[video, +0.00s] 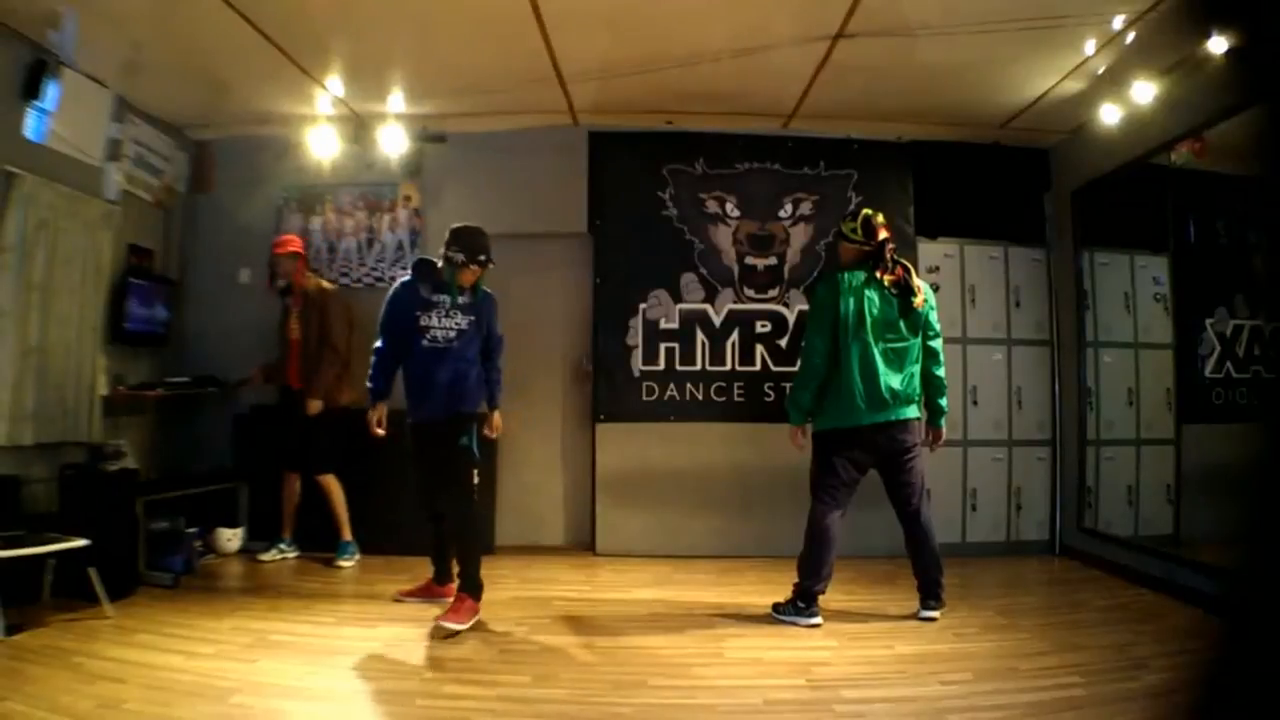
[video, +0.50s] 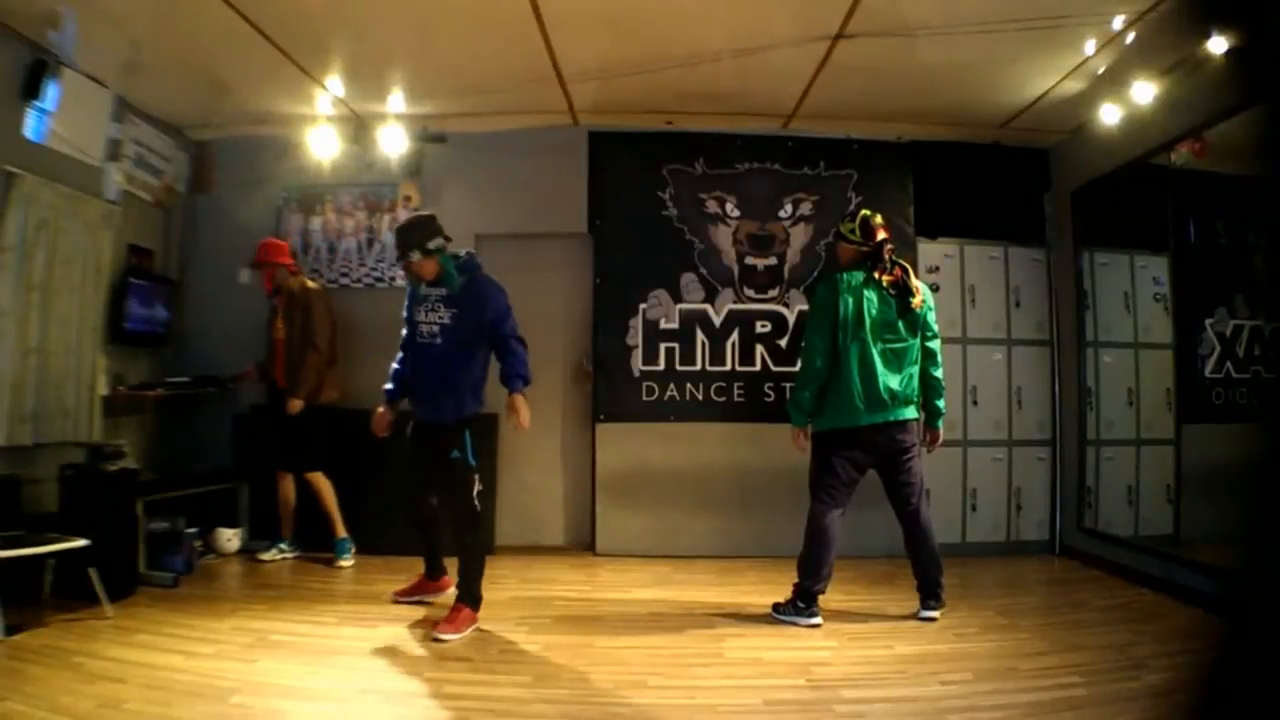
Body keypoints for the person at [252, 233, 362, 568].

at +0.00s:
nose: (280, 268)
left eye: (285, 261)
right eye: (277, 262)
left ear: (300, 261)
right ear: (277, 266)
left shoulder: (327, 296)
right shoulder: (288, 300)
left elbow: (335, 349)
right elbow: (290, 355)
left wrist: (319, 392)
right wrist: (268, 374)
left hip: (323, 397)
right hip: (293, 394)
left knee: (322, 469)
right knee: (291, 468)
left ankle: (347, 541)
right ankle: (287, 539)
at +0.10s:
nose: (279, 268)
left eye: (284, 261)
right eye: (274, 262)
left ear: (297, 262)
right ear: (272, 266)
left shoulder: (322, 296)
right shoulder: (285, 301)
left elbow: (331, 350)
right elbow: (286, 355)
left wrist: (321, 395)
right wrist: (266, 375)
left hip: (316, 396)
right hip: (288, 394)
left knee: (318, 468)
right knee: (288, 469)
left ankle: (346, 540)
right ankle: (286, 540)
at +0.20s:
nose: (276, 268)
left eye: (281, 261)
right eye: (272, 262)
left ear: (293, 262)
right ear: (269, 267)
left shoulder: (317, 296)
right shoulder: (281, 300)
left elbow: (327, 349)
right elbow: (283, 353)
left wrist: (318, 395)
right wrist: (264, 375)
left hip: (312, 396)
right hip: (284, 394)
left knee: (315, 468)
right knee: (286, 468)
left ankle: (344, 539)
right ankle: (286, 540)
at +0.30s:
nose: (273, 268)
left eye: (278, 261)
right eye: (269, 262)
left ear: (290, 261)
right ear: (265, 265)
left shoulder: (314, 294)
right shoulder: (278, 298)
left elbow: (323, 348)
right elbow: (280, 350)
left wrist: (313, 394)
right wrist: (264, 375)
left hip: (310, 395)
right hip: (282, 393)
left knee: (313, 467)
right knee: (284, 468)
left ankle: (343, 539)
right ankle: (286, 540)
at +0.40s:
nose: (268, 272)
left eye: (272, 266)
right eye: (266, 267)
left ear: (285, 264)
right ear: (267, 268)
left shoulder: (311, 293)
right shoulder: (278, 298)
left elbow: (320, 348)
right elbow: (279, 350)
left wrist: (307, 394)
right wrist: (263, 375)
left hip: (308, 395)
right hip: (281, 393)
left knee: (311, 467)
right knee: (283, 468)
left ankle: (342, 538)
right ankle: (286, 540)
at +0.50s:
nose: (264, 277)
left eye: (267, 270)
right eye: (262, 271)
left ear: (283, 267)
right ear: (271, 270)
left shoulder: (311, 294)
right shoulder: (279, 299)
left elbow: (318, 348)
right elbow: (279, 349)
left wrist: (301, 392)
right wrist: (262, 372)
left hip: (310, 395)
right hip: (281, 393)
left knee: (310, 467)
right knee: (283, 468)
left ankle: (342, 538)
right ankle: (287, 540)